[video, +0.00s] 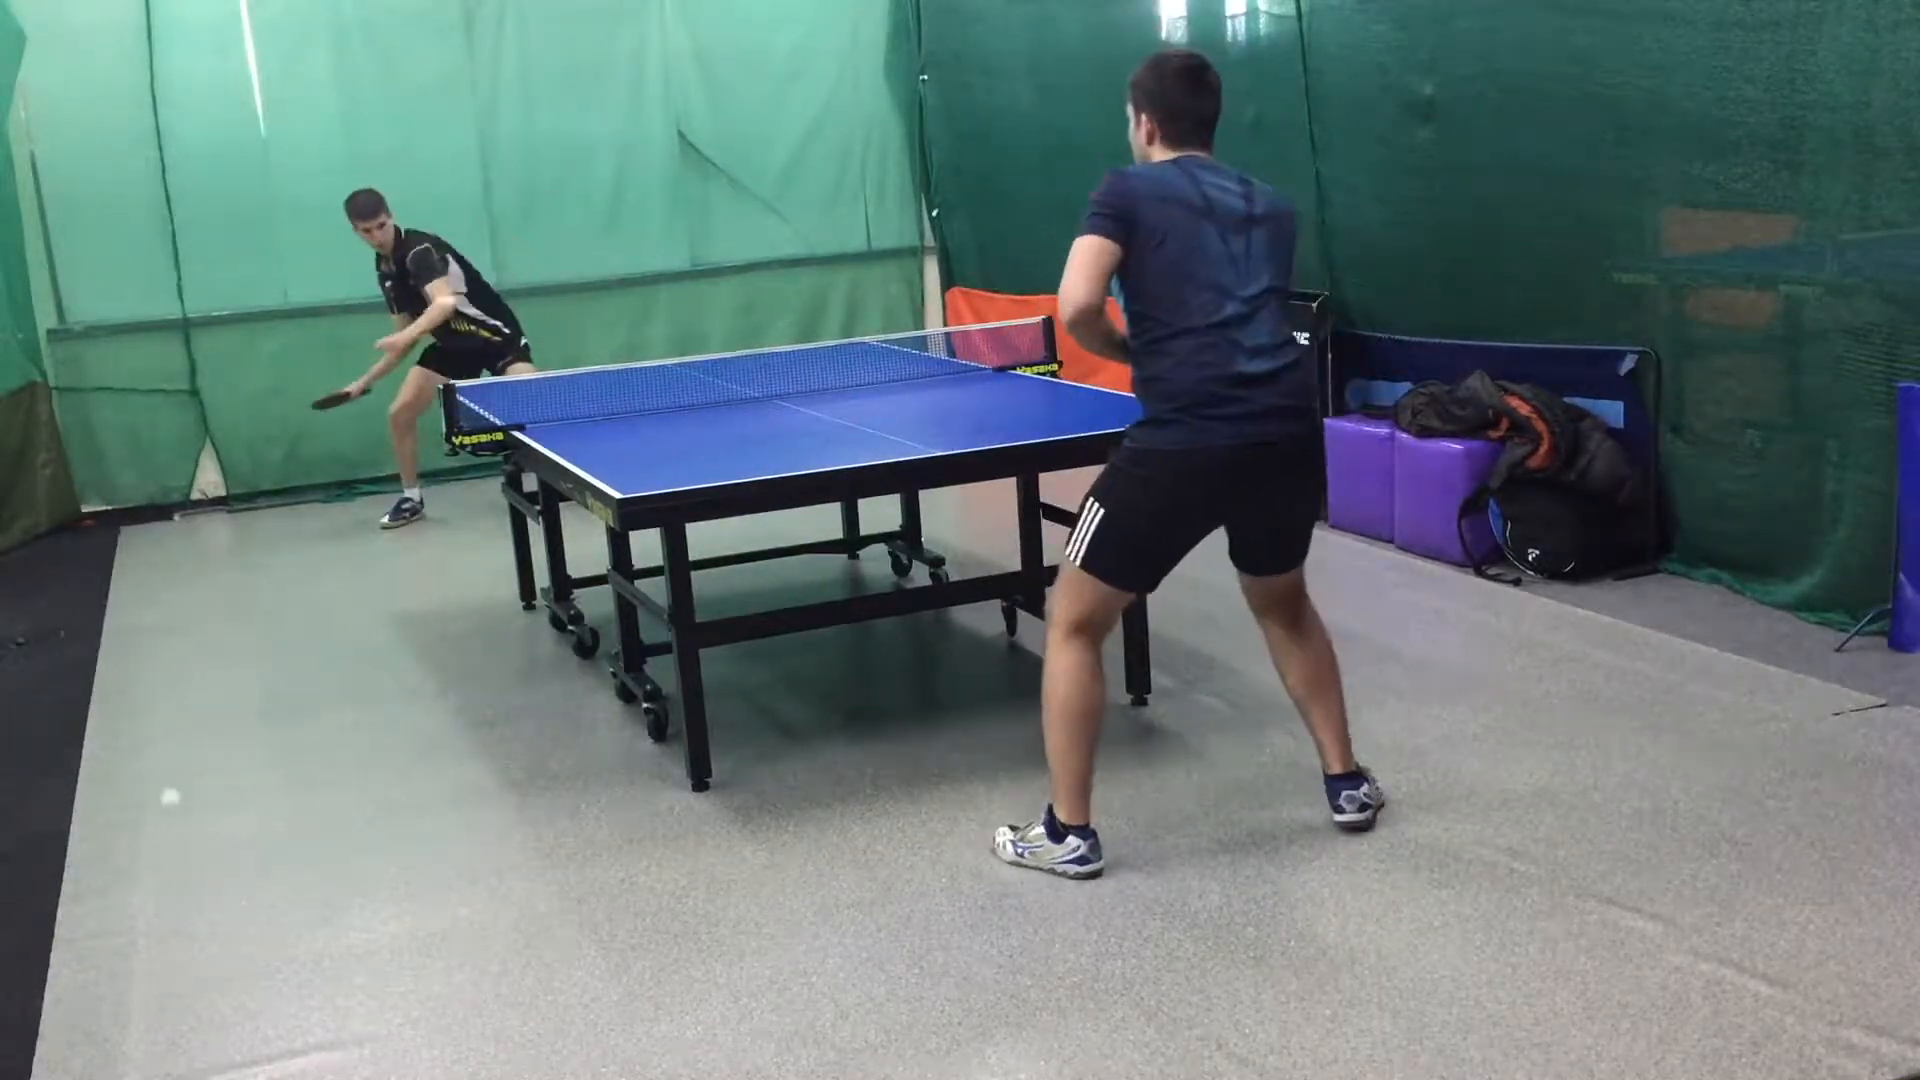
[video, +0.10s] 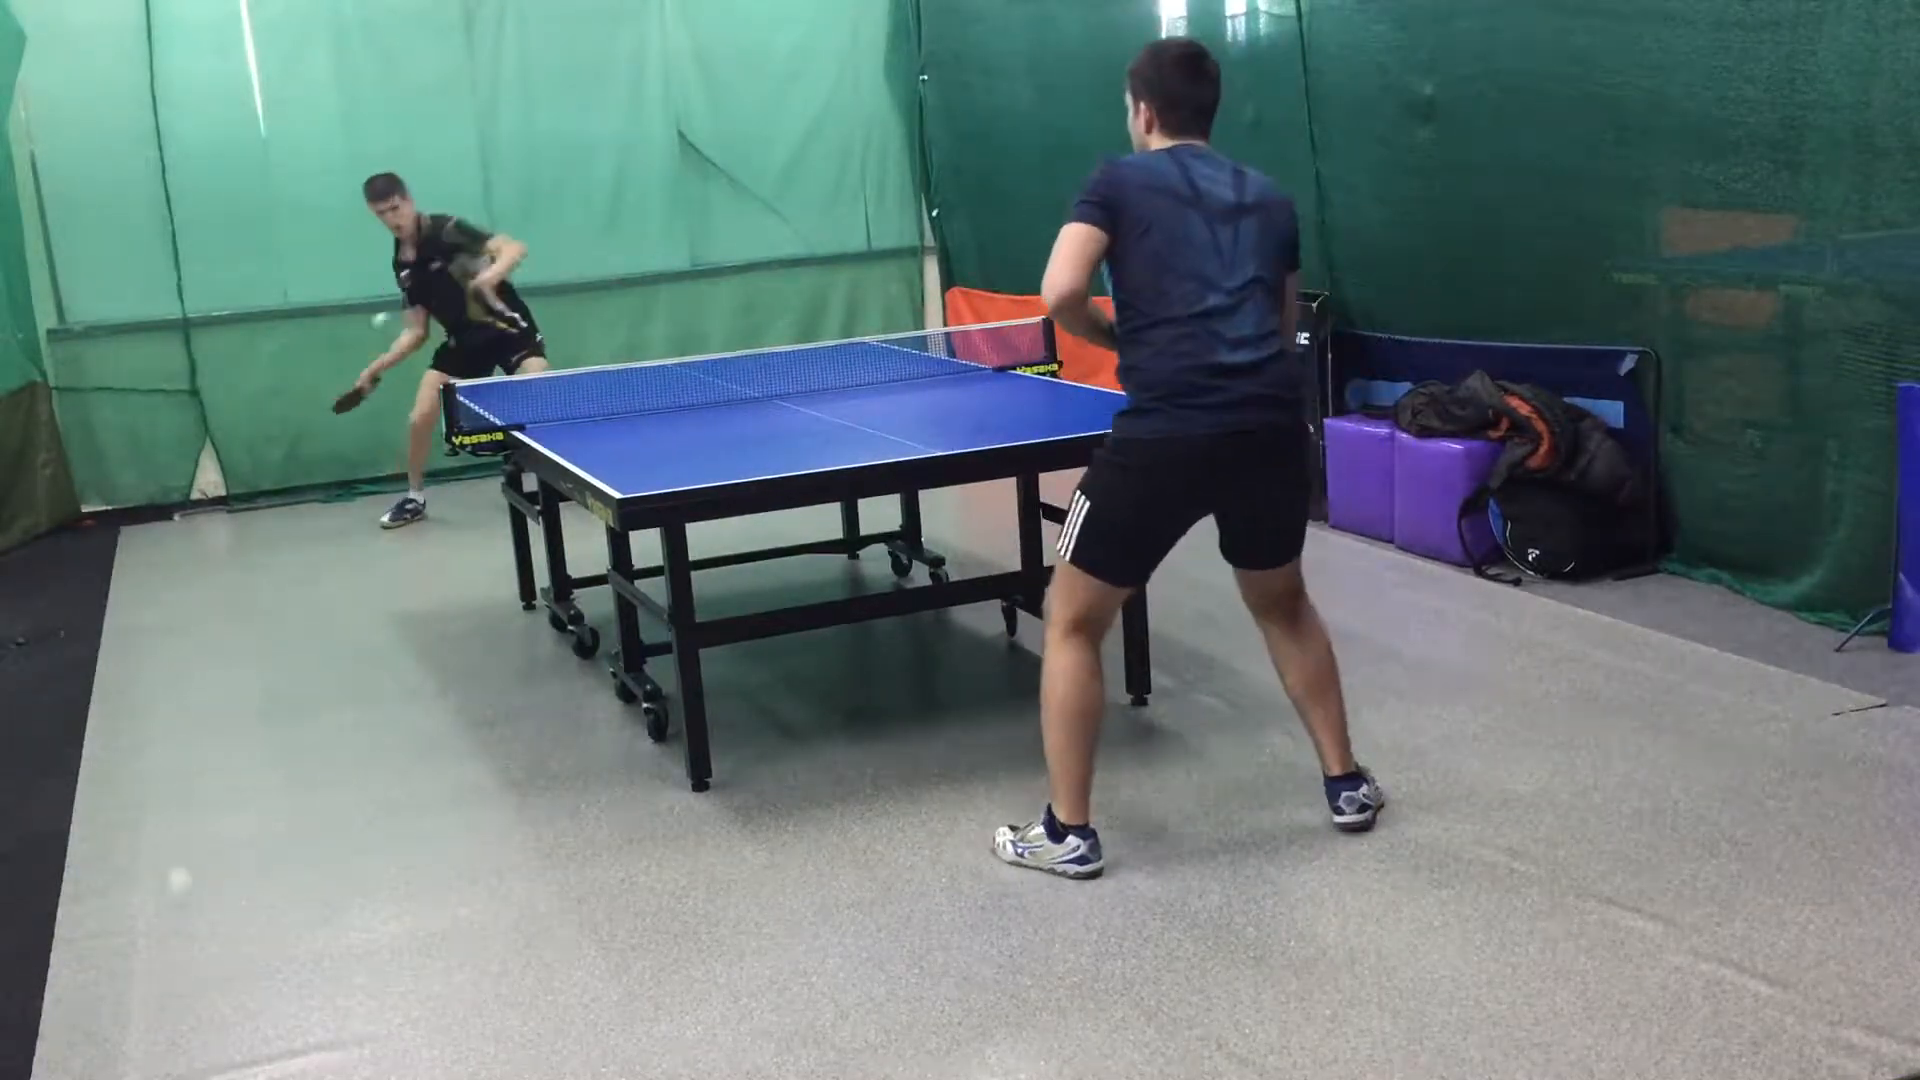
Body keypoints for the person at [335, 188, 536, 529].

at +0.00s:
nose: (376, 237)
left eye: (380, 227)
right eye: (367, 232)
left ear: (391, 217)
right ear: (356, 231)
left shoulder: (421, 251)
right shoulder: (385, 268)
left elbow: (445, 302)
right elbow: (406, 338)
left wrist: (406, 335)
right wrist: (365, 381)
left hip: (498, 338)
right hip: (452, 344)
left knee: (533, 397)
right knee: (401, 414)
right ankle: (412, 497)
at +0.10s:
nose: (391, 218)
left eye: (395, 208)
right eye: (383, 213)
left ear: (409, 200)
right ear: (376, 217)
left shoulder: (445, 229)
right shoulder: (403, 261)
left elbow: (513, 248)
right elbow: (416, 330)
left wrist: (489, 275)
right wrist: (375, 369)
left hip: (510, 329)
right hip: (464, 339)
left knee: (540, 392)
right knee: (421, 417)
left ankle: (552, 477)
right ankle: (415, 497)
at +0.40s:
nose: (490, 194)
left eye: (494, 184)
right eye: (480, 188)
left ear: (503, 183)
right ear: (467, 194)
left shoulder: (529, 221)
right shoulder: (472, 242)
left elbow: (586, 250)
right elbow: (495, 292)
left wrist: (617, 242)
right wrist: (533, 243)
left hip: (543, 342)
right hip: (500, 355)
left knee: (591, 369)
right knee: (473, 443)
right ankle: (448, 501)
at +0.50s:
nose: (499, 190)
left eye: (504, 181)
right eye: (489, 184)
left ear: (511, 180)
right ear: (474, 188)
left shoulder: (535, 219)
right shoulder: (473, 238)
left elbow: (592, 252)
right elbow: (484, 300)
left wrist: (630, 251)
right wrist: (526, 262)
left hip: (545, 337)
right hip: (499, 350)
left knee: (593, 372)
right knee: (472, 438)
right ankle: (438, 501)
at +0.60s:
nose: (489, 180)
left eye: (494, 171)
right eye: (479, 173)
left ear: (502, 170)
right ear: (465, 177)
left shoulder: (532, 210)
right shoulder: (460, 231)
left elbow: (583, 250)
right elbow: (462, 298)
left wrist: (618, 266)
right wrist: (501, 275)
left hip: (544, 330)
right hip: (491, 342)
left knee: (592, 391)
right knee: (461, 417)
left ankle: (603, 480)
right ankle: (438, 498)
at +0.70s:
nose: (473, 180)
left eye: (477, 170)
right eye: (463, 173)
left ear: (485, 166)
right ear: (447, 175)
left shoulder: (517, 207)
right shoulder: (443, 229)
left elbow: (562, 254)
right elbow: (443, 301)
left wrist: (589, 289)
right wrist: (466, 297)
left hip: (534, 316)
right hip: (484, 324)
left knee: (576, 389)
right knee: (453, 406)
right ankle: (448, 499)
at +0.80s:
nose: (451, 194)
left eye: (454, 185)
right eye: (441, 188)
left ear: (462, 180)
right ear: (425, 191)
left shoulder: (495, 221)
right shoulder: (428, 239)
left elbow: (528, 283)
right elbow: (431, 306)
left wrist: (525, 328)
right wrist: (421, 333)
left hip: (524, 309)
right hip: (478, 319)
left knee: (573, 385)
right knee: (451, 403)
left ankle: (581, 477)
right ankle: (453, 500)